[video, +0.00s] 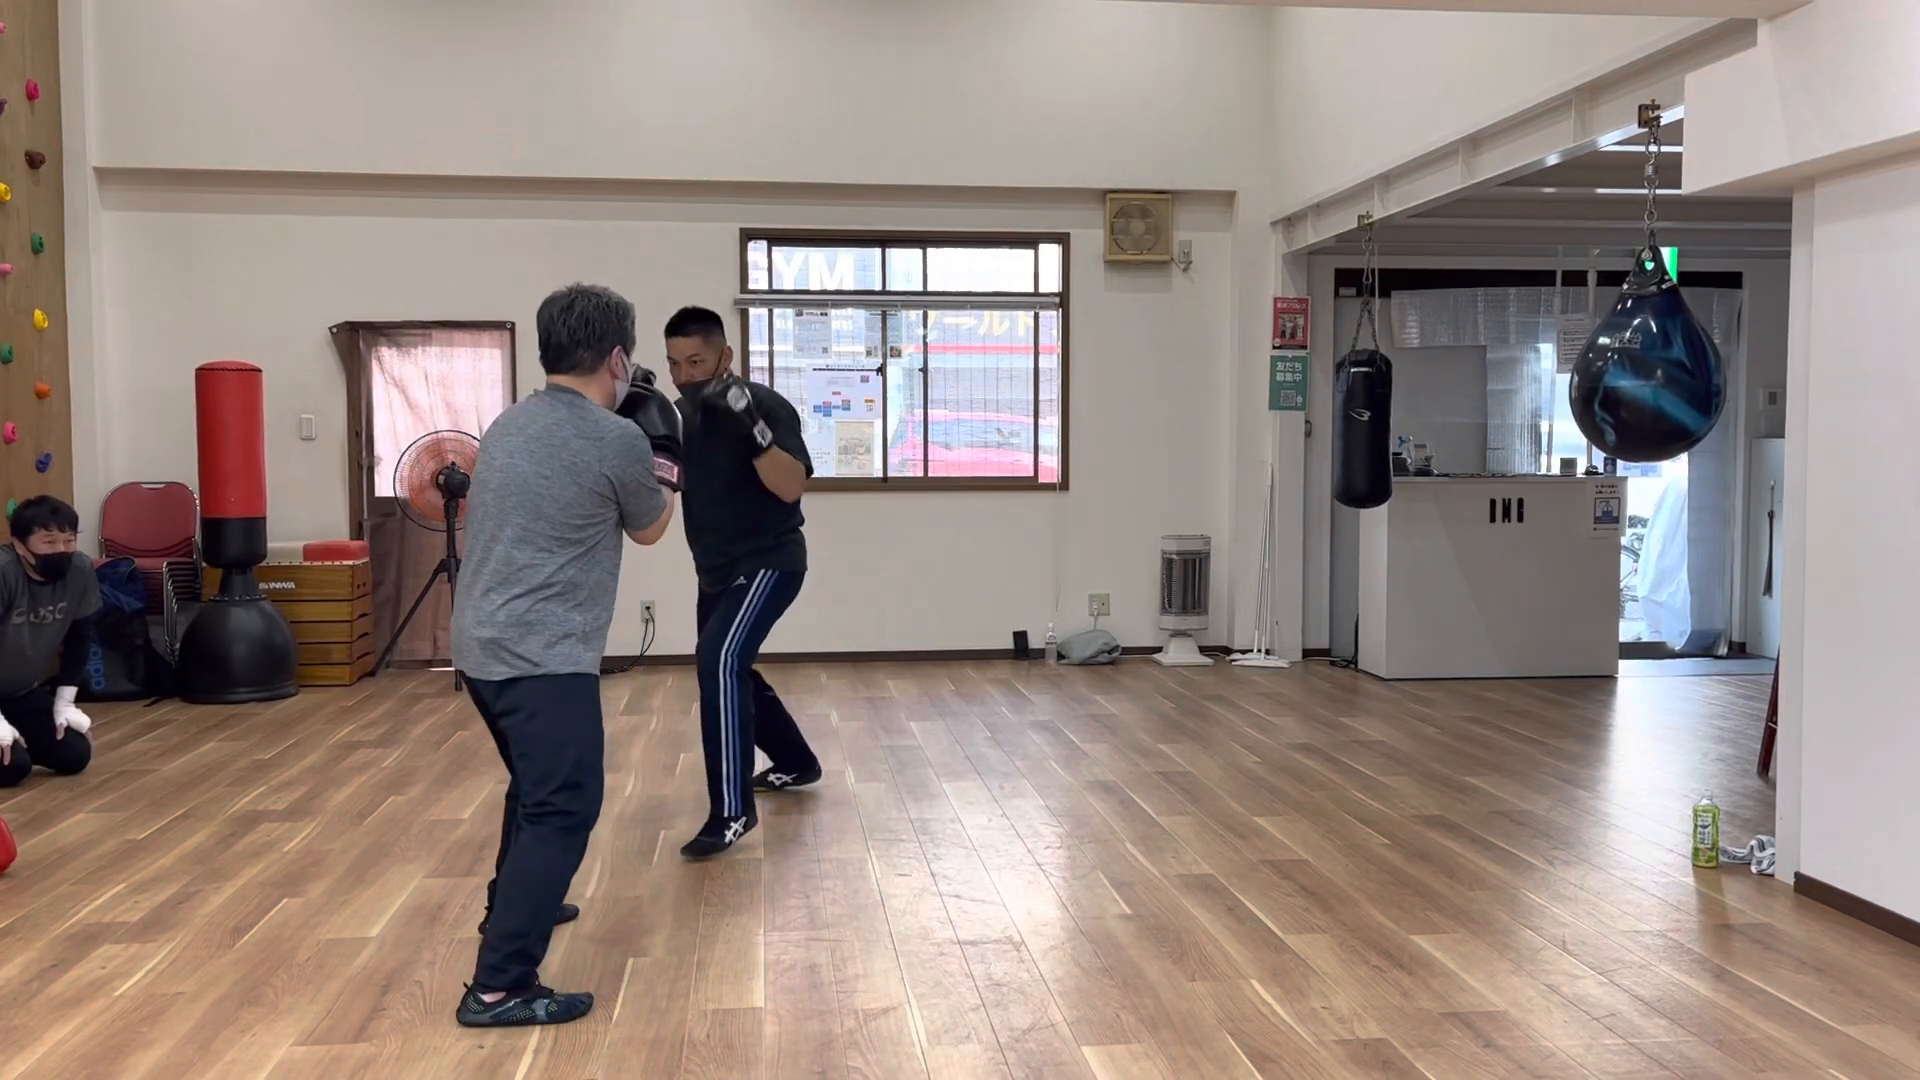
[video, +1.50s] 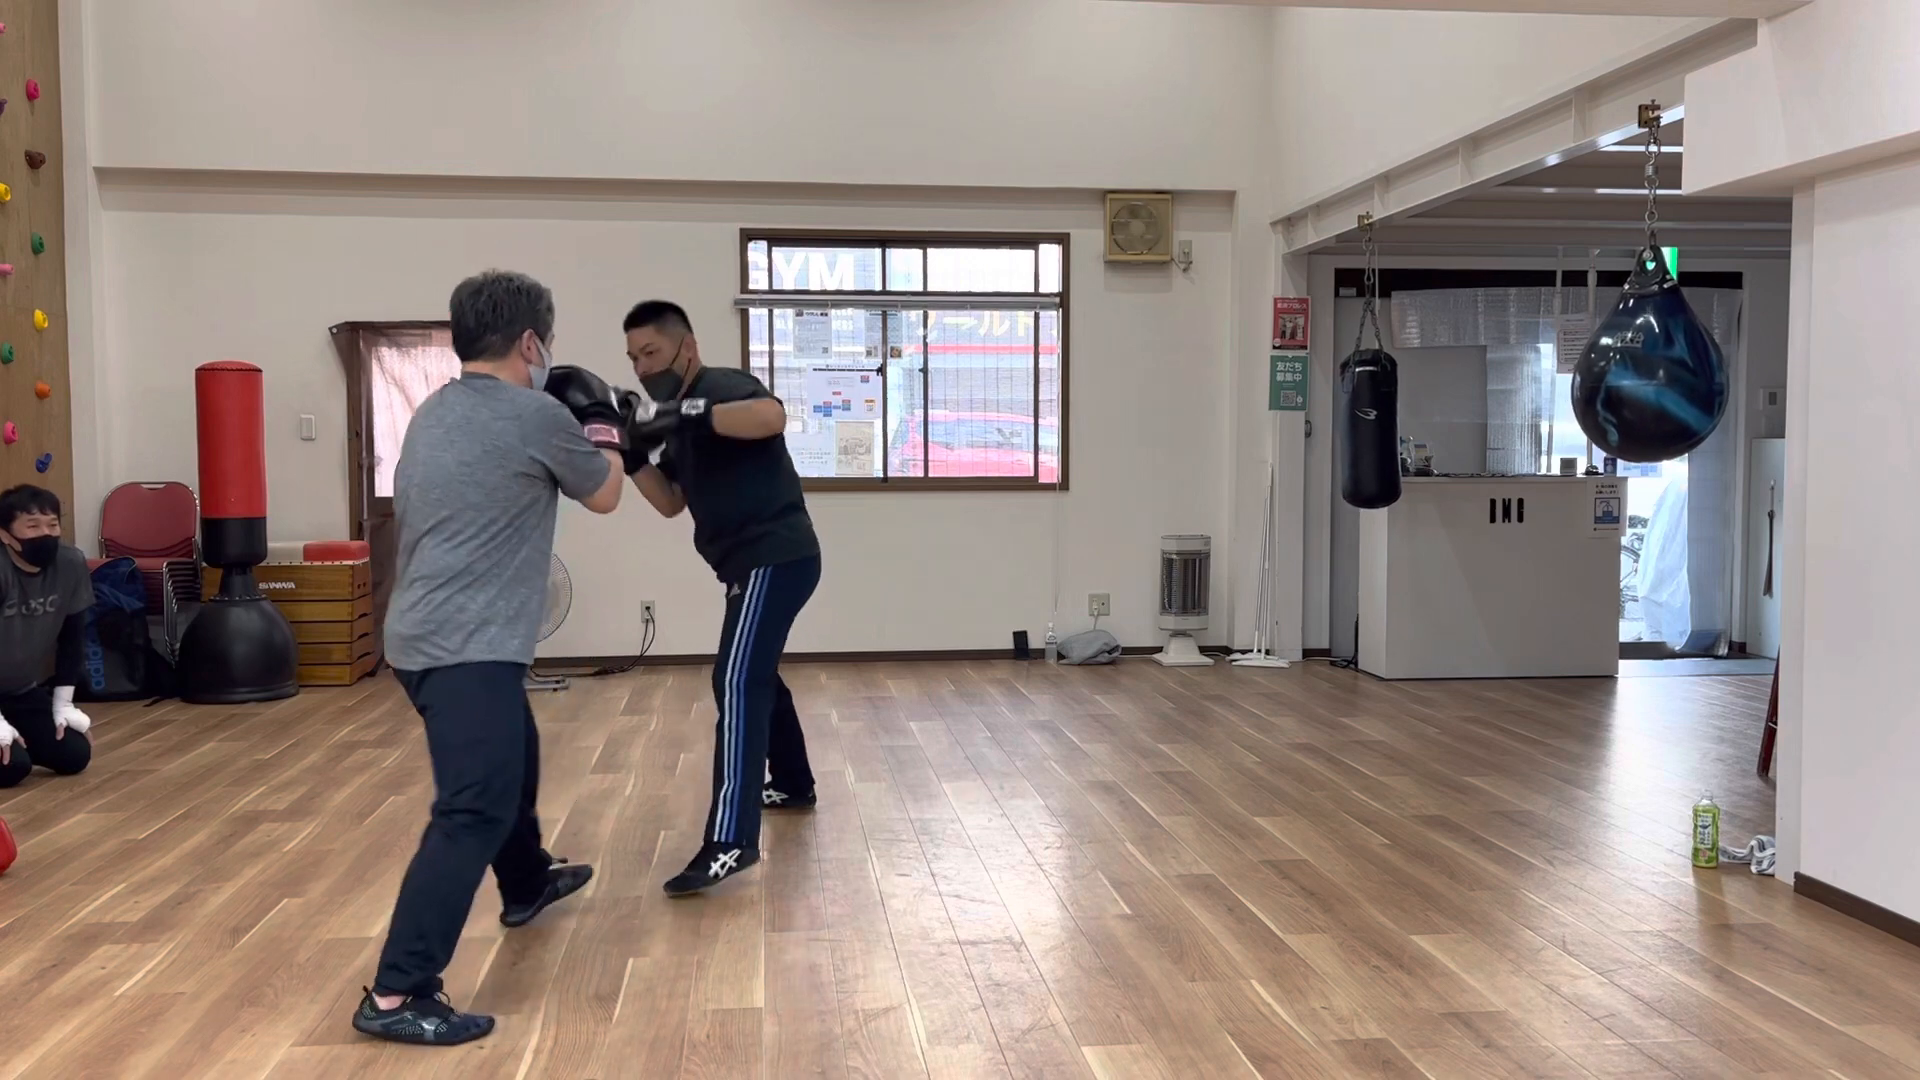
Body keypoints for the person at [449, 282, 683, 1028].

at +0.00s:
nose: (631, 365)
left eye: (629, 355)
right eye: (629, 355)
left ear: (546, 355)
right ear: (615, 357)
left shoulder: (506, 423)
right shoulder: (615, 438)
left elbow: (528, 500)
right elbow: (651, 525)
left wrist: (618, 465)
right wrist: (661, 480)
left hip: (480, 651)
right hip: (548, 660)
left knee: (532, 787)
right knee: (562, 811)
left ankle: (516, 906)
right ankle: (501, 987)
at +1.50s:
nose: (547, 353)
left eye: (548, 342)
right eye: (546, 341)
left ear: (460, 342)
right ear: (528, 342)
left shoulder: (430, 414)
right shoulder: (534, 414)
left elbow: (489, 493)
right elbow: (607, 494)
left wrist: (547, 424)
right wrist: (600, 435)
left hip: (418, 639)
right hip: (475, 648)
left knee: (514, 749)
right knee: (472, 813)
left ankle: (525, 880)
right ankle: (397, 993)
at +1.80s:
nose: (499, 367)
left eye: (495, 353)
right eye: (496, 354)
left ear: (409, 356)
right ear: (475, 359)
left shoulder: (368, 431)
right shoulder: (457, 445)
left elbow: (400, 543)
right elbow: (515, 553)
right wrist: (540, 500)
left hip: (358, 660)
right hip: (394, 673)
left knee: (472, 757)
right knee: (396, 841)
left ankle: (431, 925)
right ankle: (284, 1027)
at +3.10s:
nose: (376, 335)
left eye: (376, 321)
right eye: (373, 320)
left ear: (287, 322)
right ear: (345, 322)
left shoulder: (255, 397)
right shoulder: (347, 405)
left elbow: (320, 482)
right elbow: (417, 506)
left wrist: (385, 435)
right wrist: (436, 463)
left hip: (252, 639)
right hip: (299, 649)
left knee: (351, 750)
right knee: (289, 814)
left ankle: (302, 910)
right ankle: (221, 999)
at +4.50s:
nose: (484, 317)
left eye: (485, 304)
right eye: (482, 303)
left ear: (379, 306)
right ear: (458, 308)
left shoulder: (339, 392)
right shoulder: (449, 397)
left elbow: (410, 499)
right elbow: (527, 506)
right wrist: (535, 444)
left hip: (325, 662)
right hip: (399, 672)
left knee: (392, 821)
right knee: (385, 863)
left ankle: (389, 955)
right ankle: (302, 1059)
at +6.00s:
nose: (516, 336)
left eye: (518, 319)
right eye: (515, 318)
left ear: (408, 317)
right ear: (488, 326)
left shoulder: (357, 412)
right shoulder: (495, 430)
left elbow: (426, 503)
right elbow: (566, 542)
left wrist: (517, 414)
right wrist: (562, 437)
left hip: (364, 709)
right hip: (455, 718)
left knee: (433, 863)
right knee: (484, 905)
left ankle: (445, 988)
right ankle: (430, 1067)